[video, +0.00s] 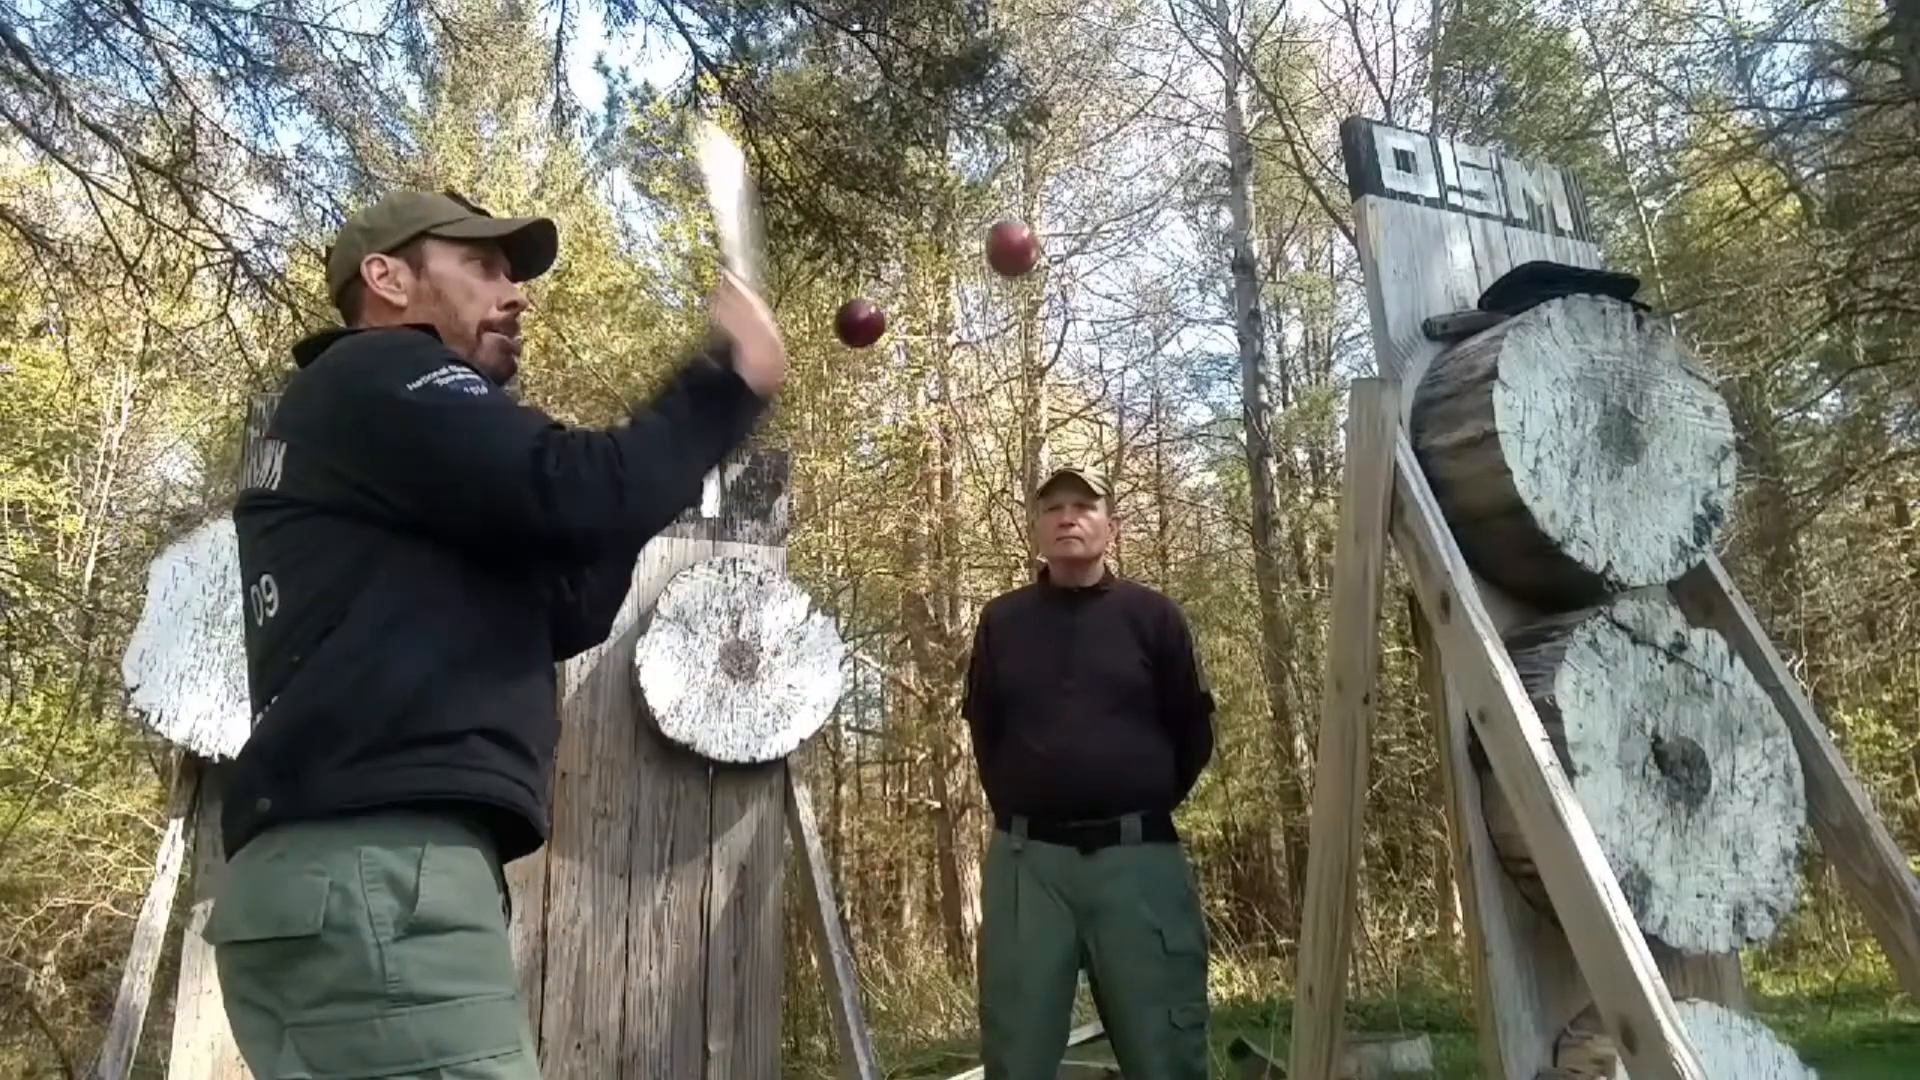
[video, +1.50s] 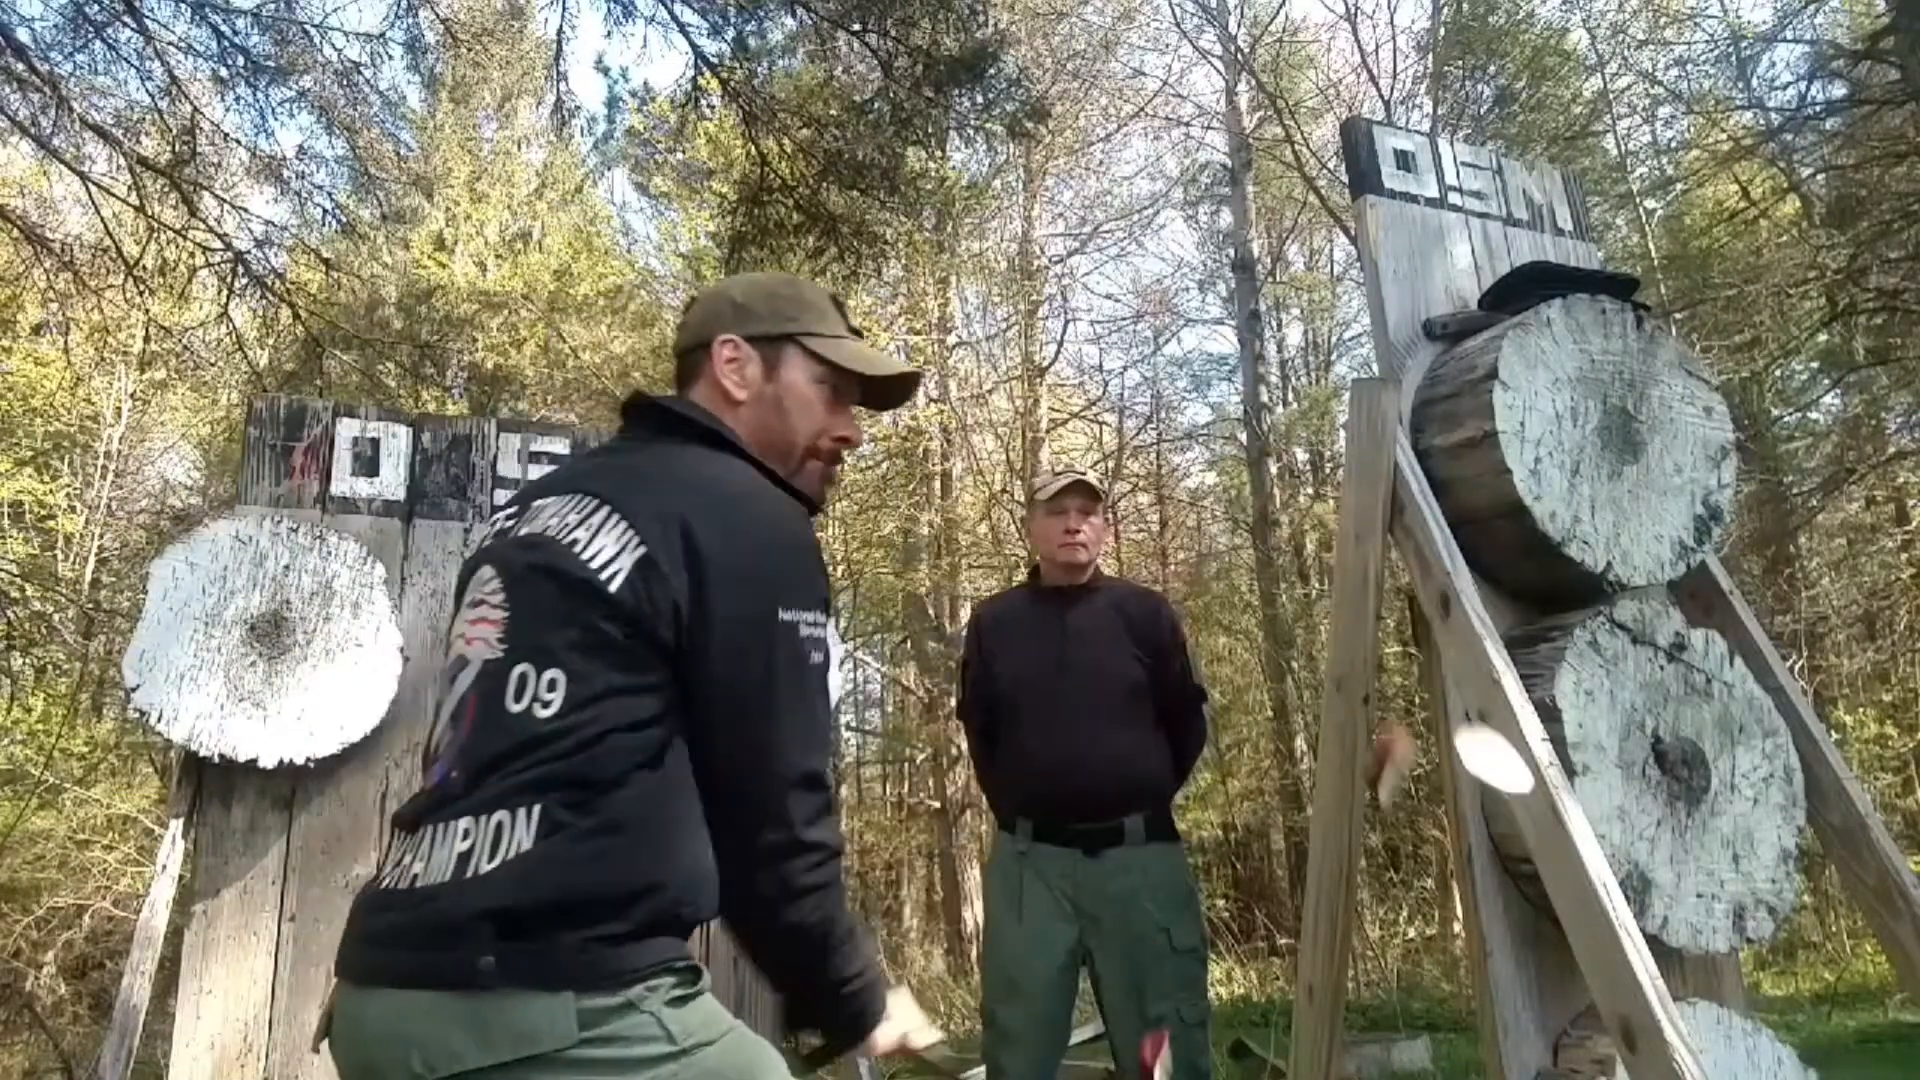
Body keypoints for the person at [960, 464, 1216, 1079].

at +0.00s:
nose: (1069, 519)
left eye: (1083, 508)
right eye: (1053, 510)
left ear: (1110, 529)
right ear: (1034, 532)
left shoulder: (1153, 614)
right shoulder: (1000, 619)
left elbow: (1194, 730)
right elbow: (983, 727)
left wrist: (1142, 813)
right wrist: (1025, 815)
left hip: (1138, 860)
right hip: (1025, 861)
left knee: (1164, 1057)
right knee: (1017, 1058)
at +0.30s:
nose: (1069, 518)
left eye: (1083, 508)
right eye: (1053, 510)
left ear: (1109, 529)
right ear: (1033, 532)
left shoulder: (1151, 613)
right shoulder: (1000, 618)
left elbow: (1194, 729)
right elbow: (982, 725)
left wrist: (1143, 813)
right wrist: (1025, 816)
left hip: (1140, 860)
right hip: (1026, 861)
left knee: (1165, 1057)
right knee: (1017, 1059)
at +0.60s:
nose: (1069, 519)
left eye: (1083, 508)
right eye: (1054, 510)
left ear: (1108, 529)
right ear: (1034, 532)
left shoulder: (1151, 613)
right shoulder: (1000, 620)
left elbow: (1193, 729)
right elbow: (983, 731)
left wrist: (1141, 814)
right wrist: (1028, 818)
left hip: (1140, 861)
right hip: (1026, 862)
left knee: (1165, 1057)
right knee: (1017, 1059)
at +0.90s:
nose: (1071, 519)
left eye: (1084, 509)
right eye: (1055, 510)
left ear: (1107, 531)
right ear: (1033, 533)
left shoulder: (1149, 612)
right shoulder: (996, 621)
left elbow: (1191, 729)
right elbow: (982, 732)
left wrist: (1139, 813)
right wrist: (1026, 819)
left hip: (1140, 861)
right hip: (1026, 864)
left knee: (1164, 1057)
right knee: (1017, 1059)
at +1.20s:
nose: (1073, 522)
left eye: (1086, 511)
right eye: (1057, 511)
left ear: (1106, 530)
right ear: (1033, 531)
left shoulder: (1146, 614)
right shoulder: (1000, 620)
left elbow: (1187, 736)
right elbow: (984, 735)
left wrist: (1138, 812)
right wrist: (1038, 820)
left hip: (1141, 857)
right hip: (1028, 859)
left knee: (1167, 1060)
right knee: (1019, 1061)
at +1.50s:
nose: (1074, 525)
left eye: (1087, 513)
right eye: (1058, 513)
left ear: (1105, 533)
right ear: (1030, 530)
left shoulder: (1146, 612)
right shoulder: (992, 620)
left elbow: (1187, 722)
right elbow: (979, 730)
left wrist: (1138, 803)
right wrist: (1026, 815)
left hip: (1140, 861)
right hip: (1028, 862)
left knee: (1167, 1048)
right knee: (1019, 1052)